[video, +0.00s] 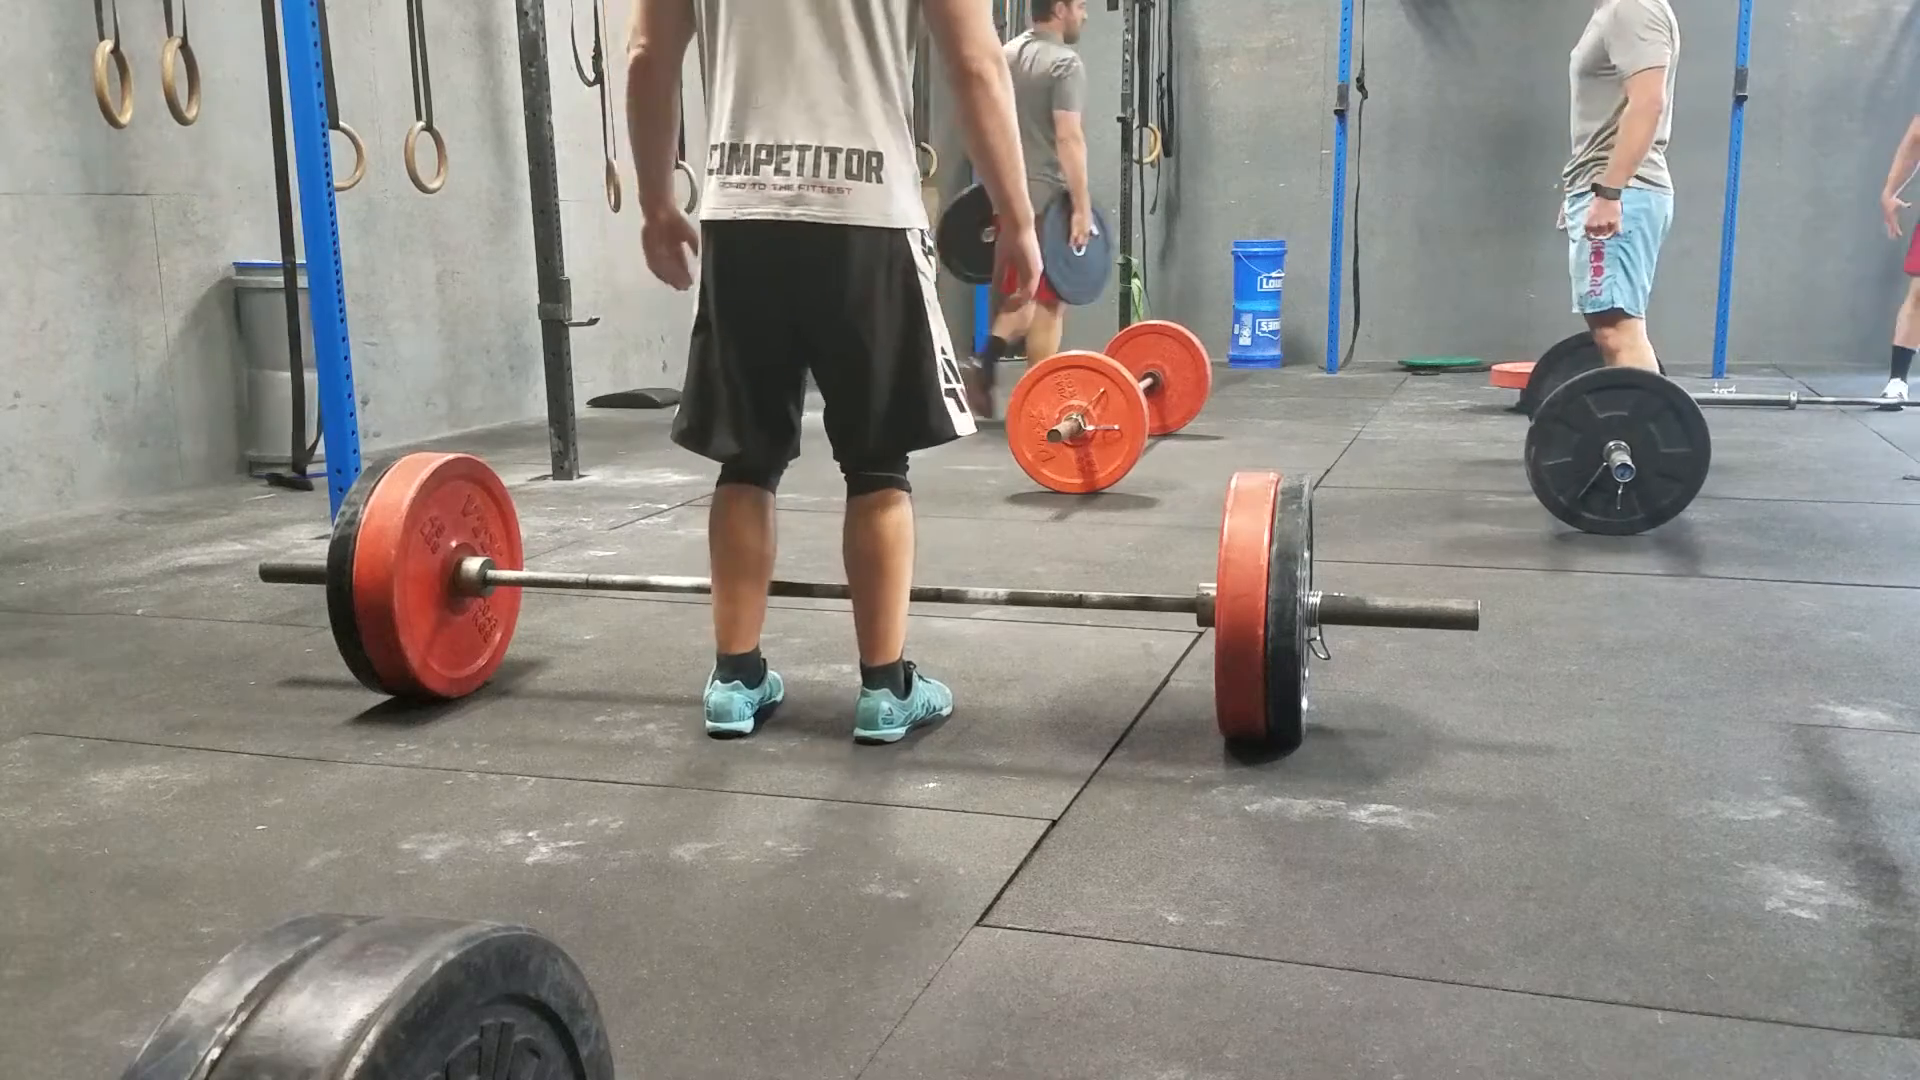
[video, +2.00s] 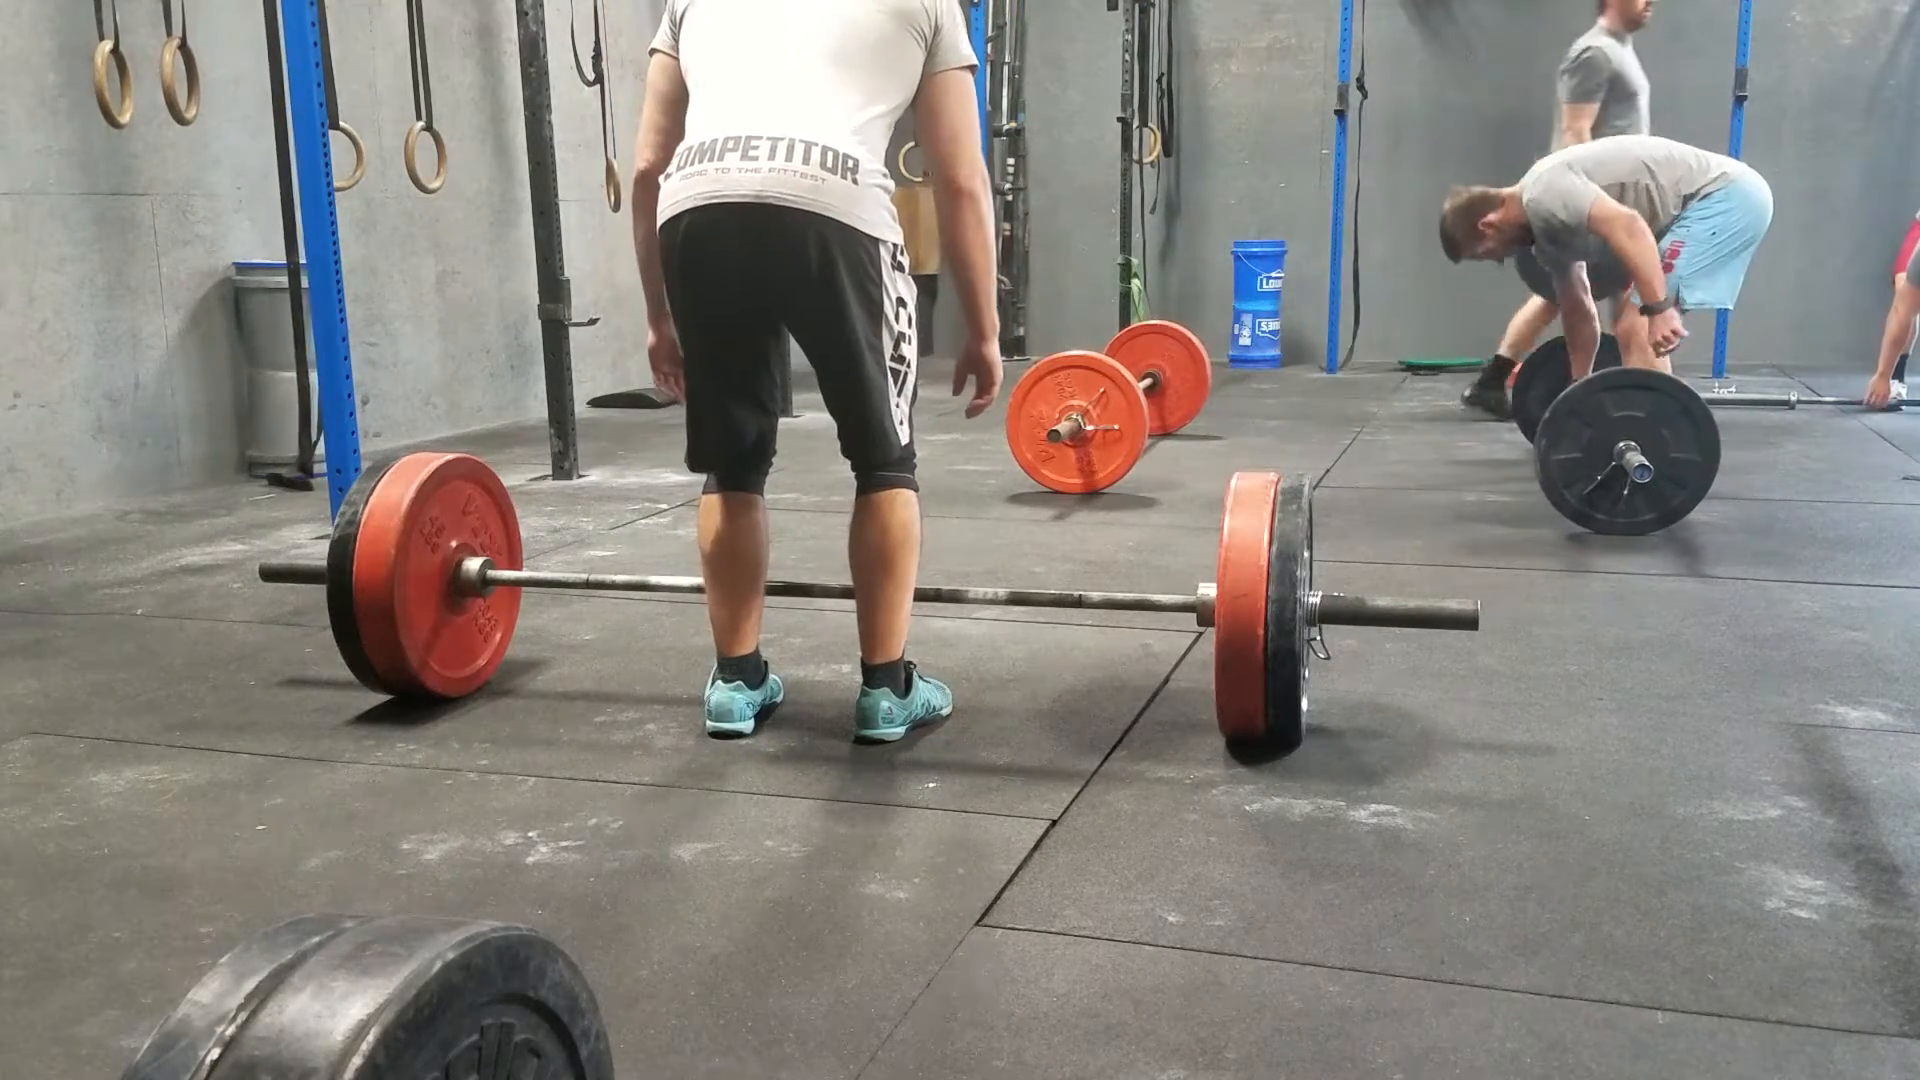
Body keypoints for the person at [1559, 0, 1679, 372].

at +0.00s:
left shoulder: (1633, 9)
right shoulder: (1615, 11)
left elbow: (1646, 103)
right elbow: (1615, 113)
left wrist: (1608, 192)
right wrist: (1580, 191)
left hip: (1621, 193)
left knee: (1618, 334)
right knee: (1618, 333)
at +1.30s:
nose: (1520, 25)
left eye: (1517, 12)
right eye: (1514, 17)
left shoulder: (1612, 21)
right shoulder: (1585, 36)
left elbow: (1656, 107)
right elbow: (1607, 133)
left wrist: (1622, 198)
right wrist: (1588, 207)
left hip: (1674, 183)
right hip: (1650, 185)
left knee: (1639, 329)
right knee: (1638, 329)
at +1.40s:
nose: (1508, 72)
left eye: (1503, 60)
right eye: (1500, 64)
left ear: (1523, 33)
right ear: (1526, 34)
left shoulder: (1593, 47)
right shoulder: (1578, 66)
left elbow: (1650, 121)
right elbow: (1601, 164)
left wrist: (1629, 216)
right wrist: (1587, 238)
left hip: (1694, 186)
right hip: (1676, 188)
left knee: (1642, 327)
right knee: (1643, 329)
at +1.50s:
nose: (1501, 119)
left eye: (1495, 109)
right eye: (1493, 114)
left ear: (1512, 76)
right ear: (1511, 76)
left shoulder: (1580, 77)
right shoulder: (1562, 115)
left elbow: (1645, 144)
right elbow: (1593, 195)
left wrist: (1640, 236)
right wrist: (1586, 274)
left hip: (1711, 188)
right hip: (1686, 192)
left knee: (1646, 328)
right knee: (1647, 331)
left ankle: (1659, 458)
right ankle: (1661, 457)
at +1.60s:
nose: (1497, 159)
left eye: (1490, 150)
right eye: (1488, 156)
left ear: (1501, 121)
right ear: (1500, 121)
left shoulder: (1569, 109)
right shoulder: (1555, 149)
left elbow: (1645, 164)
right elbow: (1586, 227)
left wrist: (1652, 252)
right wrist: (1580, 308)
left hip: (1721, 187)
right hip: (1699, 193)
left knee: (1650, 324)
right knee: (1646, 325)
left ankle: (1658, 455)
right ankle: (1658, 453)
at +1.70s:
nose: (1496, 197)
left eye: (1487, 189)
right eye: (1486, 195)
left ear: (1496, 161)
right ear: (1497, 158)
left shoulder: (1562, 138)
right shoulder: (1554, 178)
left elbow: (1644, 179)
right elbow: (1582, 258)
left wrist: (1663, 265)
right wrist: (1573, 339)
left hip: (1724, 191)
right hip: (1705, 198)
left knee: (1648, 324)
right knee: (1651, 328)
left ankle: (1658, 455)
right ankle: (1657, 455)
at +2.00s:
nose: (1499, 261)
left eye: (1488, 255)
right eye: (1489, 259)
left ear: (1488, 226)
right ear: (1491, 222)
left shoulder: (1547, 192)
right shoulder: (1548, 230)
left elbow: (1629, 227)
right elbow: (1577, 307)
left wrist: (1658, 309)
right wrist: (1580, 390)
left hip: (1726, 193)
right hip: (1705, 202)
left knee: (1634, 328)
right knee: (1631, 327)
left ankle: (1660, 452)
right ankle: (1653, 450)